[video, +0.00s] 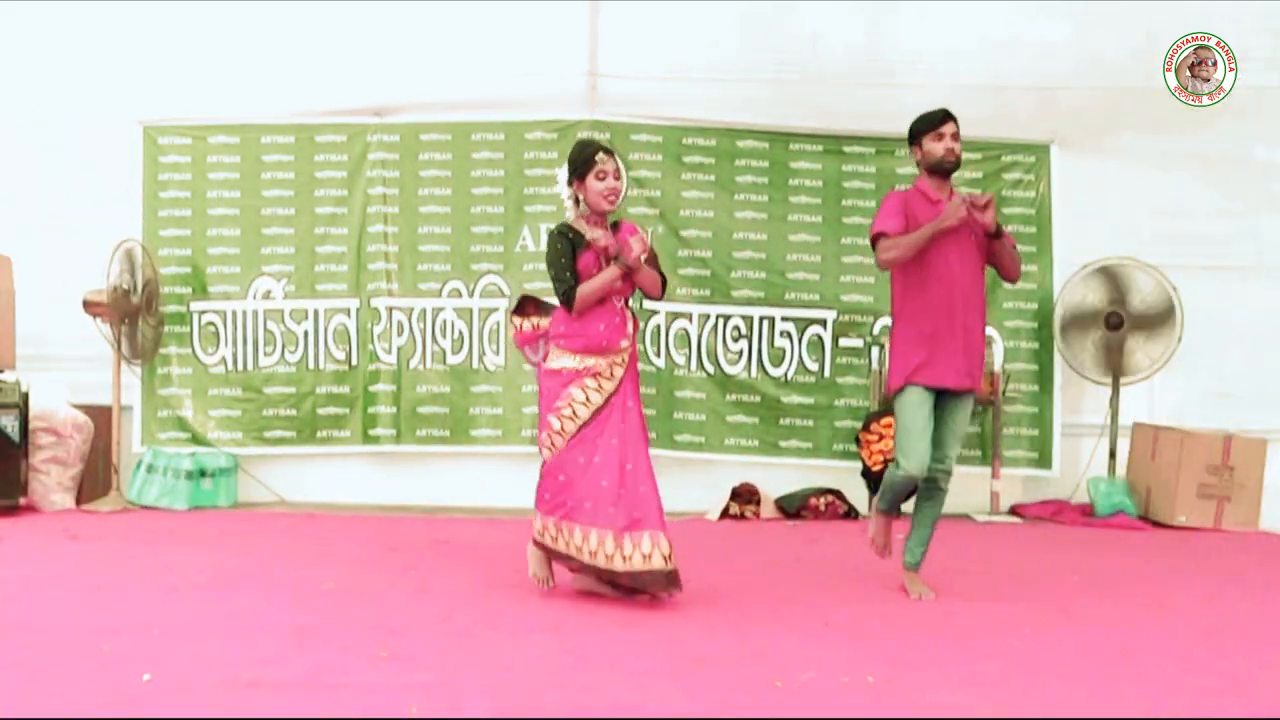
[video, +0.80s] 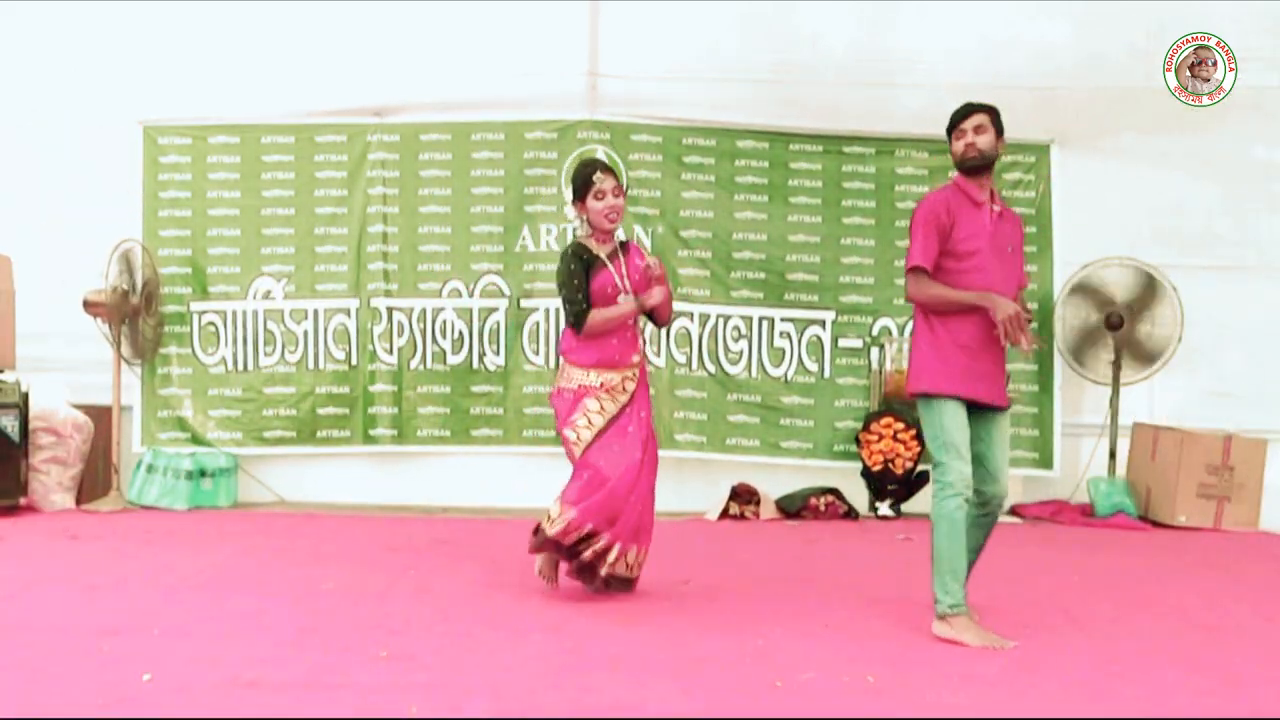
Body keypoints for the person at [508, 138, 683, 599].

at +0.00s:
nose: (613, 185)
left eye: (617, 176)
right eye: (602, 177)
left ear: (623, 182)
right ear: (578, 185)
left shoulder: (628, 232)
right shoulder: (564, 236)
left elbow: (658, 288)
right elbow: (573, 300)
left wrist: (626, 259)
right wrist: (620, 267)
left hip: (617, 356)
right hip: (573, 356)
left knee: (619, 452)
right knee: (573, 453)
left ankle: (610, 559)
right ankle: (543, 542)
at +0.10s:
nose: (601, 188)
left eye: (607, 179)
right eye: (590, 179)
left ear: (614, 186)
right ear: (568, 186)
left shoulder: (627, 237)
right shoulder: (549, 240)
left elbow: (641, 294)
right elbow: (536, 304)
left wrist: (606, 273)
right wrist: (580, 282)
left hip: (614, 362)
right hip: (561, 364)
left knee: (612, 454)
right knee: (558, 456)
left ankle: (610, 559)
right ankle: (544, 546)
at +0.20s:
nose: (592, 198)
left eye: (598, 190)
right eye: (581, 189)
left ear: (606, 197)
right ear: (561, 196)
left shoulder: (623, 250)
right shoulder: (542, 253)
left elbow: (636, 312)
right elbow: (519, 315)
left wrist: (597, 300)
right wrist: (544, 322)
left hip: (609, 375)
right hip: (557, 377)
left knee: (607, 465)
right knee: (558, 465)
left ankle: (608, 566)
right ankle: (562, 565)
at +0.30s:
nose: (584, 197)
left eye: (591, 189)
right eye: (574, 188)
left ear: (599, 198)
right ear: (554, 196)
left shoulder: (615, 252)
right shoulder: (536, 254)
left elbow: (644, 305)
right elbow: (513, 311)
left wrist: (639, 308)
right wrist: (480, 326)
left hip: (604, 375)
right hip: (553, 378)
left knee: (598, 466)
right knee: (552, 465)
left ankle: (595, 568)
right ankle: (553, 562)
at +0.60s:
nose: (595, 195)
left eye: (602, 186)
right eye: (584, 186)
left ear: (611, 193)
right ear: (566, 196)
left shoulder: (628, 247)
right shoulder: (550, 250)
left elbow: (651, 306)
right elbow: (519, 311)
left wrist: (683, 285)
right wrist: (498, 298)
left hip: (617, 376)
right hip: (565, 376)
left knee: (614, 466)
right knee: (566, 464)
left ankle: (608, 564)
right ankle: (560, 560)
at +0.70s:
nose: (605, 207)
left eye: (611, 197)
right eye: (594, 199)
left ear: (620, 202)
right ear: (575, 210)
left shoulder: (635, 258)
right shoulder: (567, 261)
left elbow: (645, 323)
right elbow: (549, 327)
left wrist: (666, 313)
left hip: (629, 384)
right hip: (580, 385)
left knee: (630, 475)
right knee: (588, 476)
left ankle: (610, 568)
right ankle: (548, 547)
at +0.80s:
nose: (612, 204)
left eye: (617, 194)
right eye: (600, 197)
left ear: (625, 199)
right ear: (580, 207)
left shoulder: (634, 253)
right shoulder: (576, 258)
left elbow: (663, 318)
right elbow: (582, 321)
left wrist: (658, 286)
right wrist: (639, 302)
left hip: (630, 379)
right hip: (584, 381)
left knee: (636, 471)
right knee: (606, 471)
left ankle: (610, 560)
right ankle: (553, 538)